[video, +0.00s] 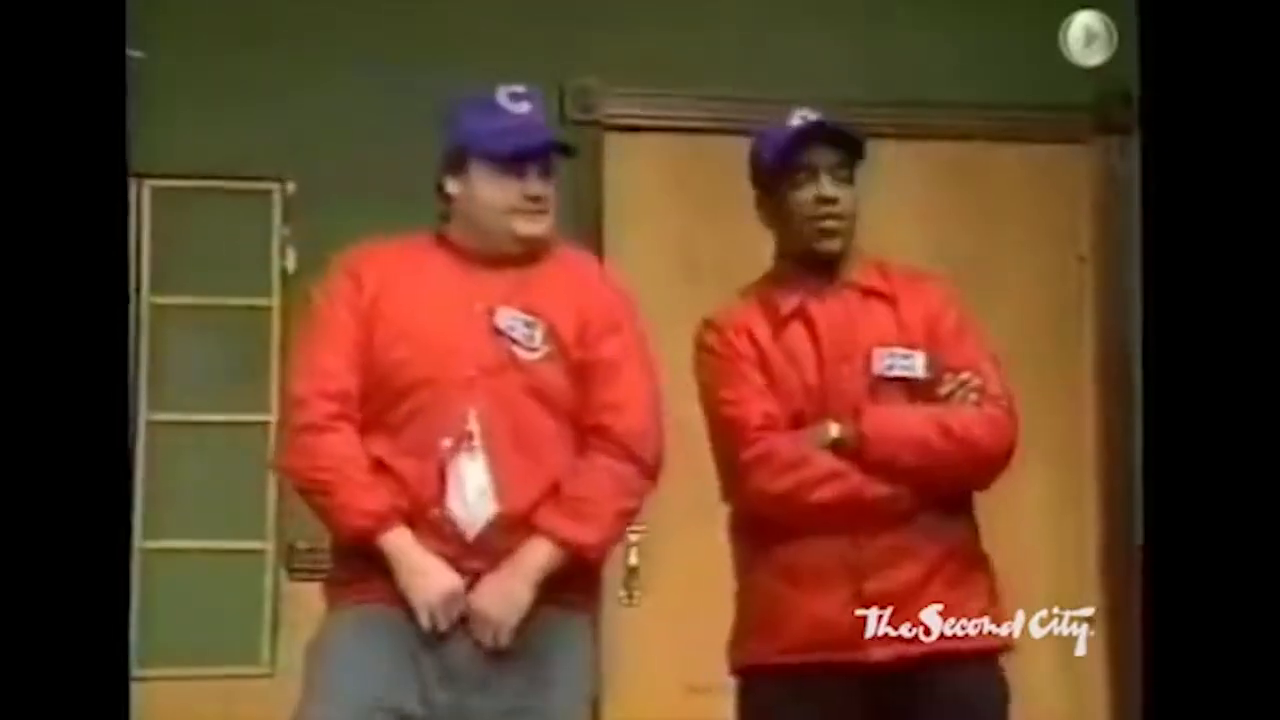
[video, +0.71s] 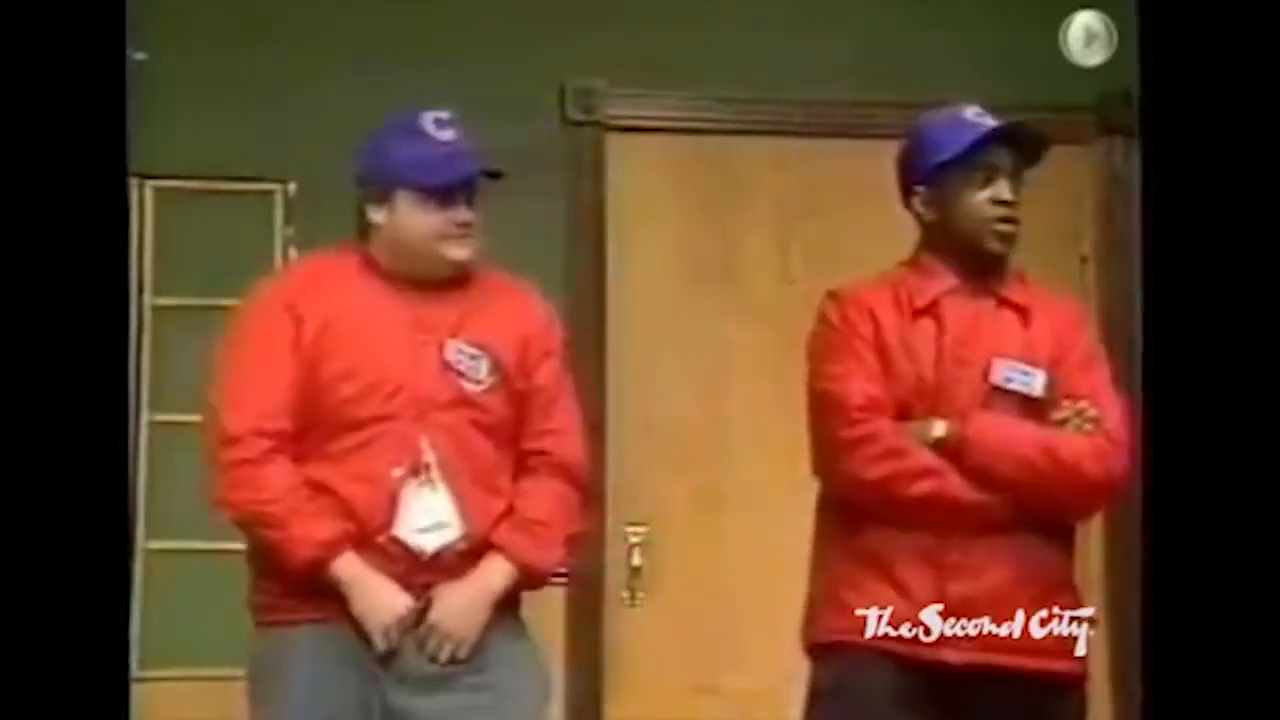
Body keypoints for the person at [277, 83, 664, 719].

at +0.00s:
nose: (536, 187)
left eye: (546, 169)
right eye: (511, 169)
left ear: (559, 178)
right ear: (453, 184)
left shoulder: (589, 289)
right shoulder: (369, 277)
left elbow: (627, 448)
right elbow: (315, 432)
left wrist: (525, 568)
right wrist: (404, 551)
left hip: (542, 616)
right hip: (384, 612)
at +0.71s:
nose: (463, 212)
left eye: (469, 194)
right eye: (438, 197)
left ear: (482, 198)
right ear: (377, 209)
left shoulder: (519, 312)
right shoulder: (293, 303)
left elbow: (559, 469)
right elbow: (249, 465)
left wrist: (483, 586)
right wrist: (355, 578)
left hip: (480, 626)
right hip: (322, 627)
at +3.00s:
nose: (554, 209)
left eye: (553, 192)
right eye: (531, 195)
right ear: (465, 209)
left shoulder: (595, 312)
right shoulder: (370, 303)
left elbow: (642, 463)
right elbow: (320, 452)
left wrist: (569, 578)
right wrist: (419, 562)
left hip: (554, 632)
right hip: (398, 632)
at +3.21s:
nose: (553, 211)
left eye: (553, 194)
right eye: (529, 196)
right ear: (464, 208)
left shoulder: (591, 310)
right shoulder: (377, 294)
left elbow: (642, 460)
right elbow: (362, 427)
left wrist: (572, 569)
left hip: (549, 631)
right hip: (396, 636)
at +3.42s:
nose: (547, 213)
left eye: (547, 197)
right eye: (524, 199)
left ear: (554, 198)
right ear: (457, 210)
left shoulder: (577, 298)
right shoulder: (378, 284)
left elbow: (638, 454)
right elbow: (441, 362)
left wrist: (577, 573)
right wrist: (561, 319)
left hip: (547, 627)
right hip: (398, 637)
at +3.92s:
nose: (543, 217)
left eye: (545, 201)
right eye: (522, 202)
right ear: (454, 209)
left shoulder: (567, 297)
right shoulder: (375, 282)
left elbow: (633, 455)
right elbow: (439, 368)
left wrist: (575, 568)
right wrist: (573, 318)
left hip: (544, 624)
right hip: (395, 635)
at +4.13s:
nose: (539, 212)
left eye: (541, 196)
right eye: (517, 197)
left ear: (550, 199)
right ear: (450, 206)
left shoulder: (572, 292)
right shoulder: (374, 283)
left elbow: (634, 418)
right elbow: (434, 362)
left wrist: (548, 486)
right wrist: (566, 320)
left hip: (549, 623)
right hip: (395, 631)